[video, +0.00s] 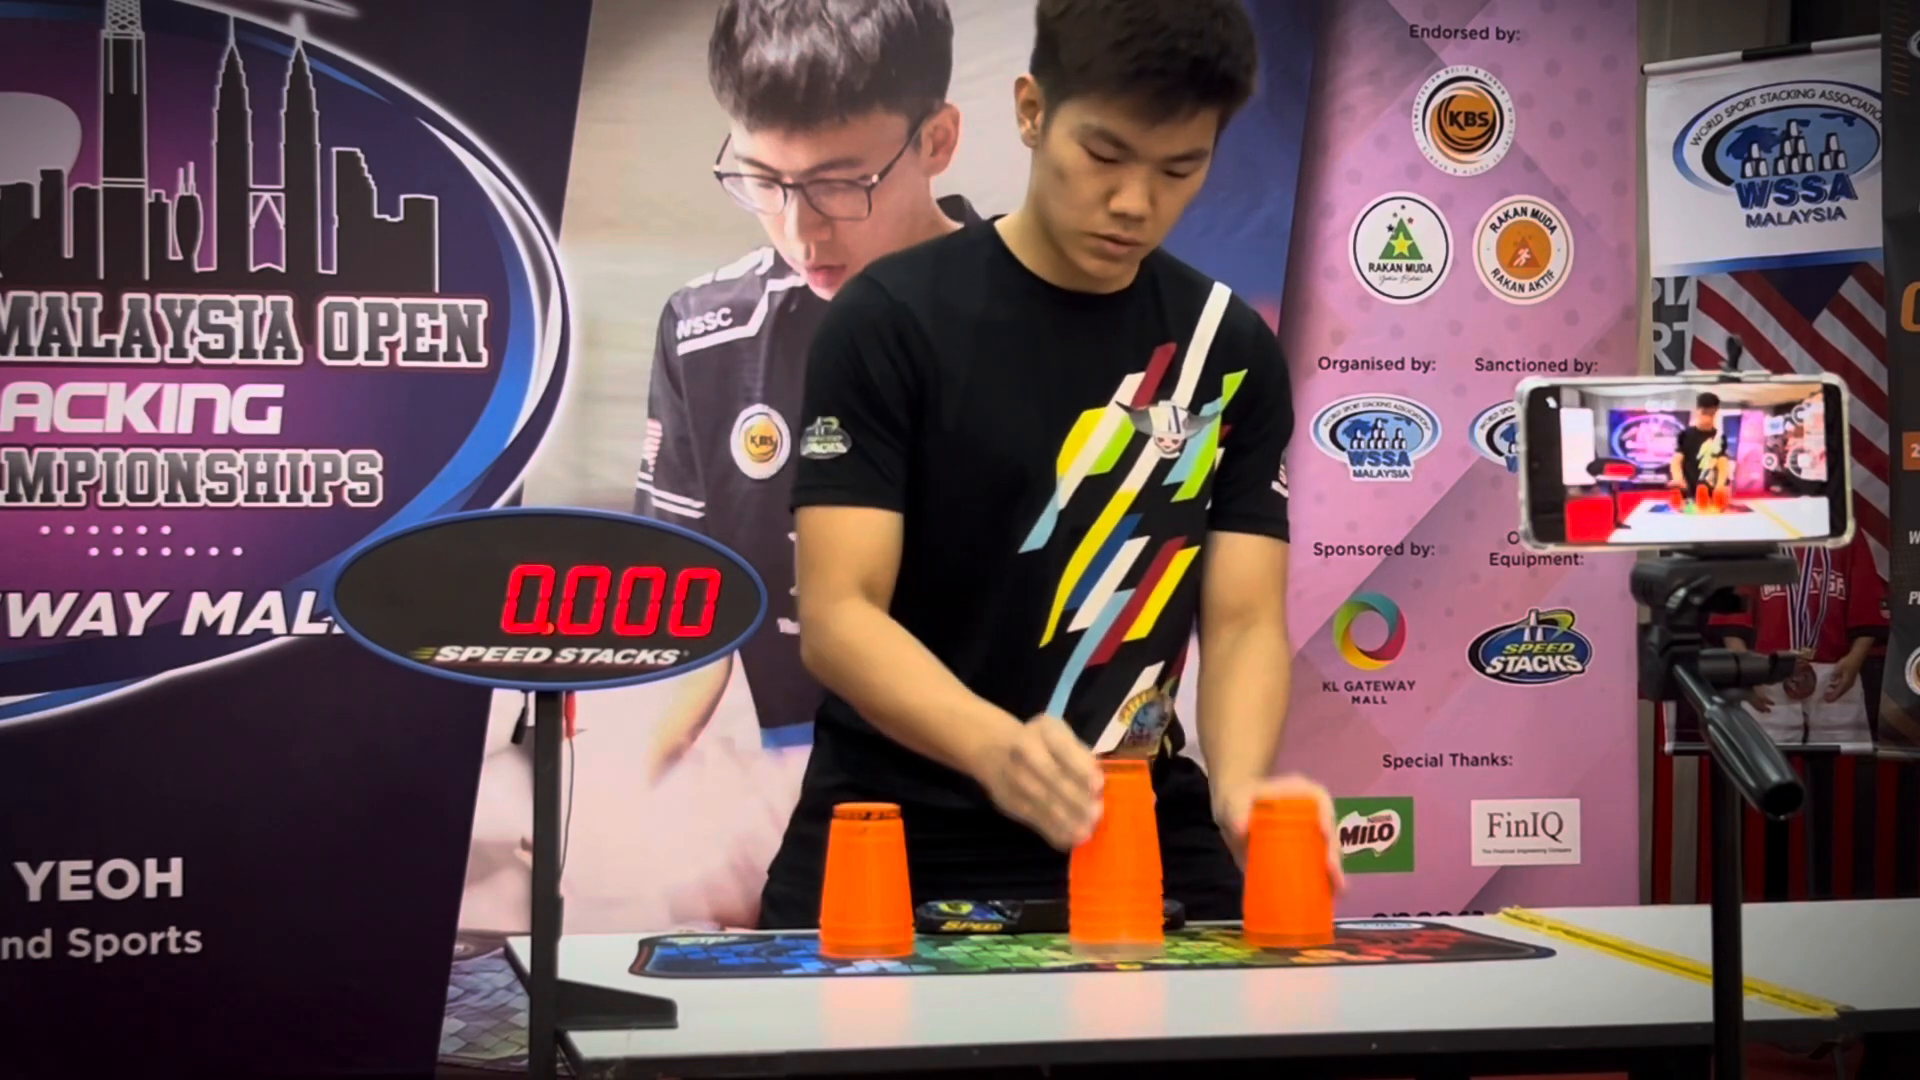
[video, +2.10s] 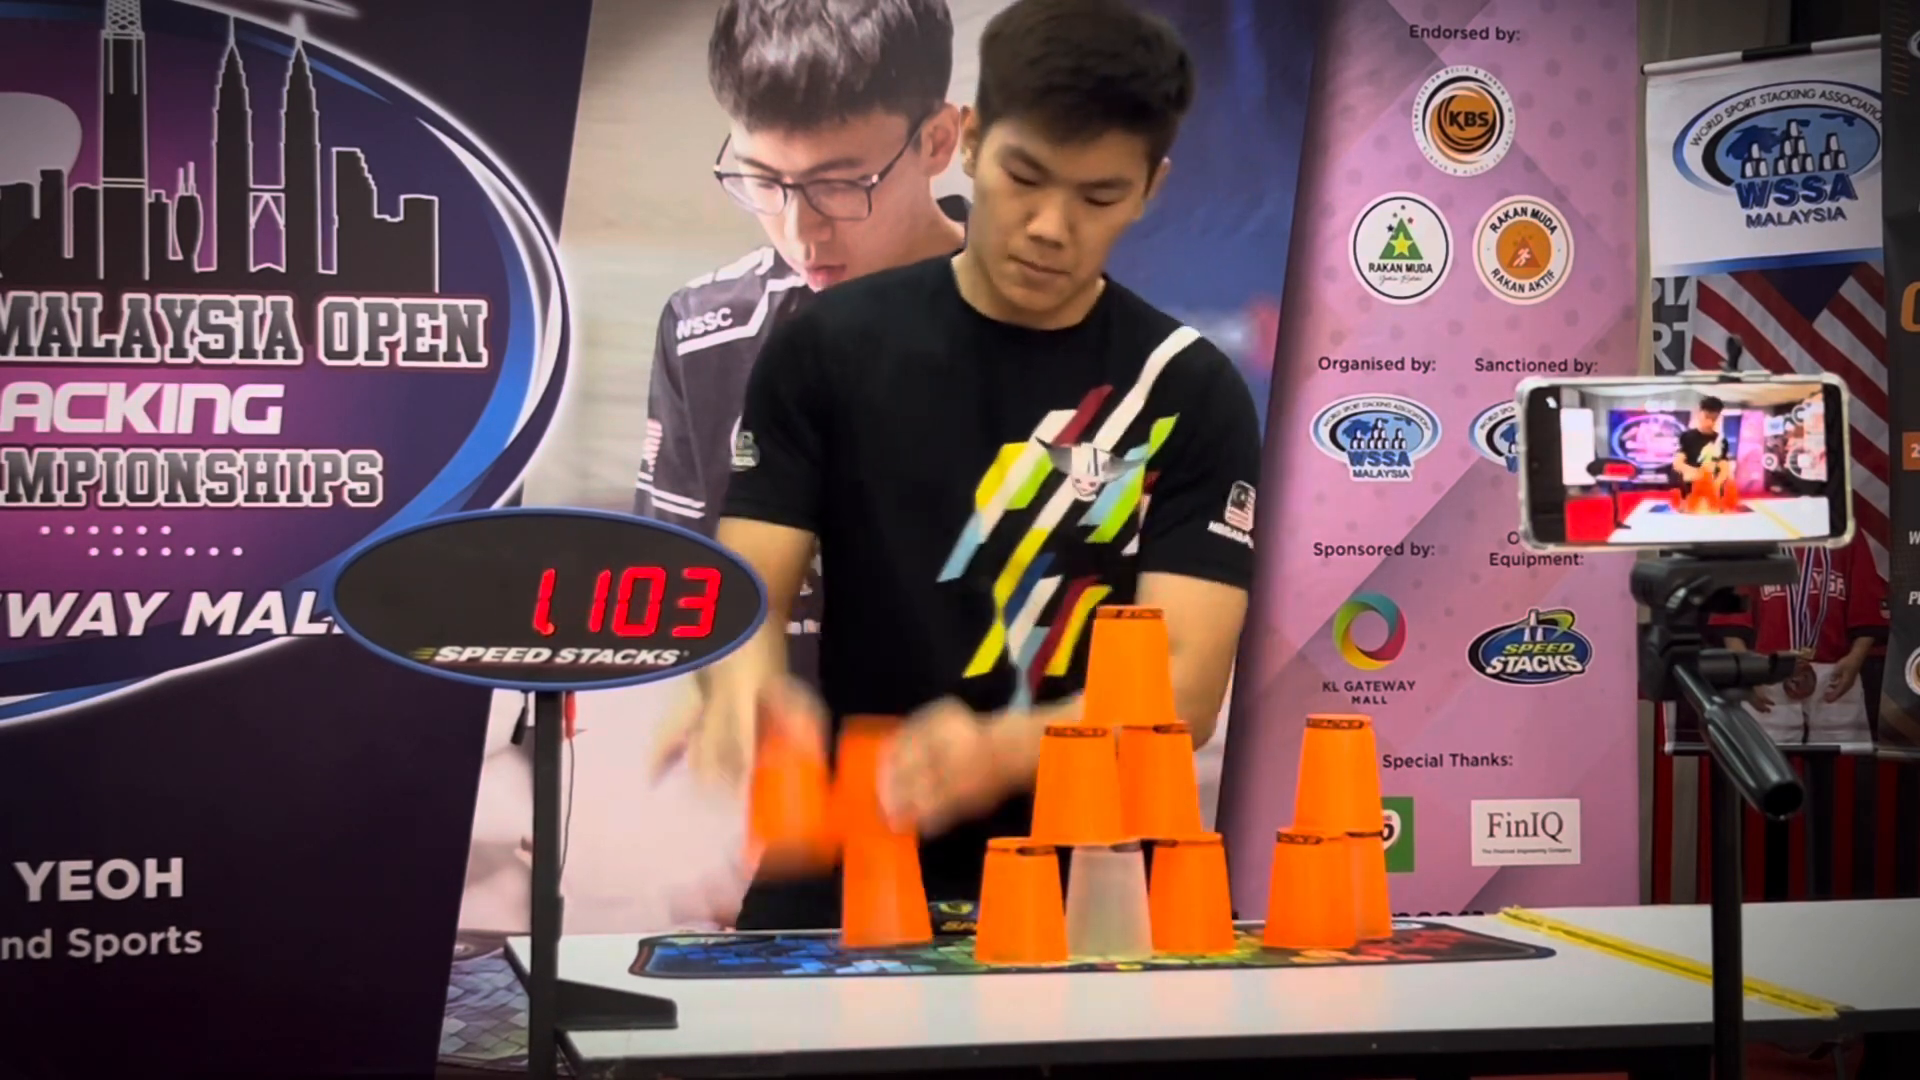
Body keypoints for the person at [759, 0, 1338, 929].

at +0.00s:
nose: (1133, 204)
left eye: (1176, 168)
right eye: (1103, 153)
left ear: (1212, 154)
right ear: (1030, 113)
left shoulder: (1233, 351)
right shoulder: (890, 319)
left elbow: (1244, 619)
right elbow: (836, 618)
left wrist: (1241, 781)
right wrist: (993, 748)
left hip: (1141, 858)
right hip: (892, 856)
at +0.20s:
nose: (1137, 221)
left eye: (1181, 186)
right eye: (1108, 169)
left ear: (1216, 171)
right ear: (1035, 124)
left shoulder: (1230, 369)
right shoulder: (883, 324)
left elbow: (1239, 642)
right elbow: (757, 601)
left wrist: (1177, 837)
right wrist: (887, 824)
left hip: (1102, 903)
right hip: (873, 892)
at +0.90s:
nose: (1128, 268)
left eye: (1173, 235)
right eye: (1100, 216)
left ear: (1209, 213)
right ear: (1028, 169)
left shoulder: (1214, 406)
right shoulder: (874, 355)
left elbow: (1238, 681)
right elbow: (741, 618)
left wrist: (1177, 852)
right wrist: (922, 817)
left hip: (1092, 921)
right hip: (856, 906)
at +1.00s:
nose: (1139, 268)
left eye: (1183, 236)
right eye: (1112, 216)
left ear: (1215, 217)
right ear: (1034, 170)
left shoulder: (1220, 404)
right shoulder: (887, 359)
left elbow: (1223, 662)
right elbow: (820, 659)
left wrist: (1190, 787)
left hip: (1086, 905)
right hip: (865, 894)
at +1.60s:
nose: (1139, 246)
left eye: (1184, 211)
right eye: (1111, 192)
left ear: (1217, 198)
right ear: (1037, 155)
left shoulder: (1229, 405)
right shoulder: (885, 353)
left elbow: (1227, 673)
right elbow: (812, 635)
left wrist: (1184, 763)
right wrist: (927, 745)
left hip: (1116, 892)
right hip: (874, 885)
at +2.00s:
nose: (1089, 235)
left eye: (1136, 204)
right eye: (1062, 183)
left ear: (1182, 194)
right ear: (1002, 146)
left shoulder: (1216, 396)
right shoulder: (856, 351)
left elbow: (1218, 686)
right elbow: (765, 608)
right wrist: (811, 709)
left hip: (1094, 894)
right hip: (867, 877)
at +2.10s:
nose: (1050, 228)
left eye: (1099, 196)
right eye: (1025, 176)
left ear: (1150, 187)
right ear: (969, 140)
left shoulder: (1189, 394)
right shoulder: (826, 346)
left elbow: (1181, 697)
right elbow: (740, 593)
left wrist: (1007, 749)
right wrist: (746, 679)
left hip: (1073, 895)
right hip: (841, 882)